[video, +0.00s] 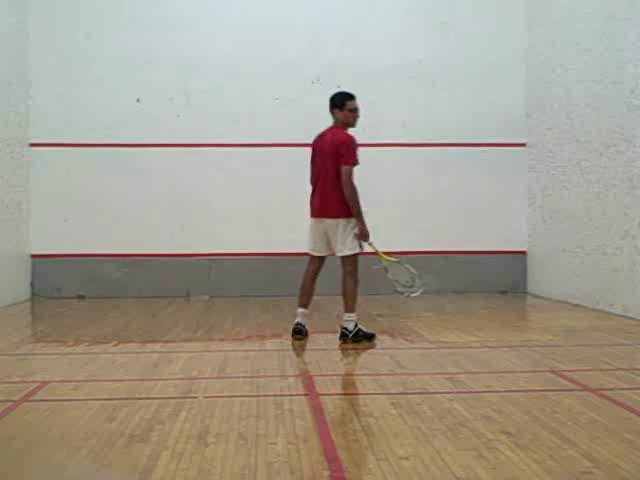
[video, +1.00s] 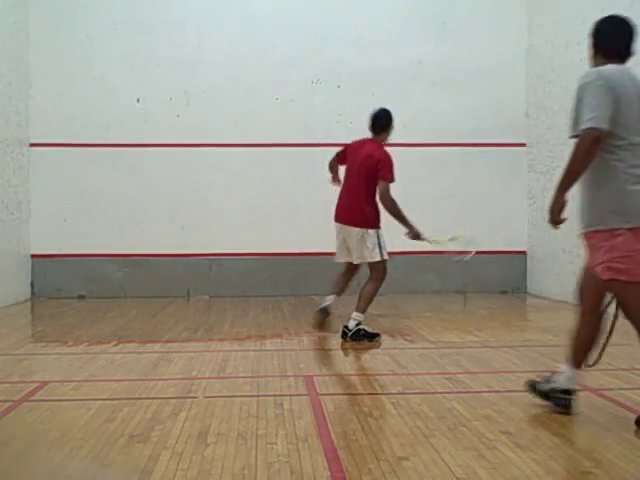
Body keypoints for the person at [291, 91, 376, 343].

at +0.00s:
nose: (356, 115)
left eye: (356, 110)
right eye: (352, 110)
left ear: (337, 113)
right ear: (337, 112)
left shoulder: (319, 140)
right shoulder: (346, 140)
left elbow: (314, 180)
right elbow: (347, 182)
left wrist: (322, 206)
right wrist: (360, 221)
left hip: (318, 212)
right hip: (342, 212)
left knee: (313, 265)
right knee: (350, 268)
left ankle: (300, 320)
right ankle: (349, 324)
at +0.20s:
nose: (364, 115)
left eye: (364, 110)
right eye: (360, 110)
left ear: (344, 113)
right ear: (346, 112)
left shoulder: (323, 139)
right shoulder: (354, 141)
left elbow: (313, 176)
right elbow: (355, 183)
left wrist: (314, 210)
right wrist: (368, 220)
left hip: (322, 211)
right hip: (346, 213)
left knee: (317, 264)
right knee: (350, 268)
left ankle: (300, 318)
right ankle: (349, 324)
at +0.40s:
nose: (370, 116)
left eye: (370, 111)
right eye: (366, 111)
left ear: (348, 114)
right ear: (352, 113)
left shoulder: (326, 138)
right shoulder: (360, 143)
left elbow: (310, 174)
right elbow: (362, 186)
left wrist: (310, 209)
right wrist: (373, 224)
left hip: (321, 211)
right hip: (347, 214)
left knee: (314, 265)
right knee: (349, 269)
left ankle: (300, 318)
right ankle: (349, 324)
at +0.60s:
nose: (366, 119)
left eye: (365, 114)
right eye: (365, 115)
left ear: (344, 116)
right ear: (357, 116)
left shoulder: (324, 140)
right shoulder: (360, 146)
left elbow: (312, 178)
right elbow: (361, 188)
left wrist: (318, 206)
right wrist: (373, 225)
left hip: (320, 212)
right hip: (346, 215)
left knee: (312, 267)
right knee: (358, 267)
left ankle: (300, 321)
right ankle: (350, 324)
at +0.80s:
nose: (368, 121)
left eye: (365, 117)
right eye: (368, 117)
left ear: (346, 118)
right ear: (366, 119)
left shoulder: (332, 142)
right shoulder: (365, 148)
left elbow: (325, 178)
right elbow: (367, 188)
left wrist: (341, 199)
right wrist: (383, 224)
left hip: (324, 213)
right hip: (350, 216)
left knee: (314, 267)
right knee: (372, 265)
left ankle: (300, 321)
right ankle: (355, 320)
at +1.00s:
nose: (391, 131)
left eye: (389, 127)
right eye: (391, 127)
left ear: (371, 126)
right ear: (389, 129)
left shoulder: (355, 146)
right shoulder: (382, 157)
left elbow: (334, 162)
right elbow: (385, 197)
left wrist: (335, 176)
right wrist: (409, 226)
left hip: (343, 218)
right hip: (364, 222)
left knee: (351, 265)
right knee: (378, 272)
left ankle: (328, 303)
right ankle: (354, 324)